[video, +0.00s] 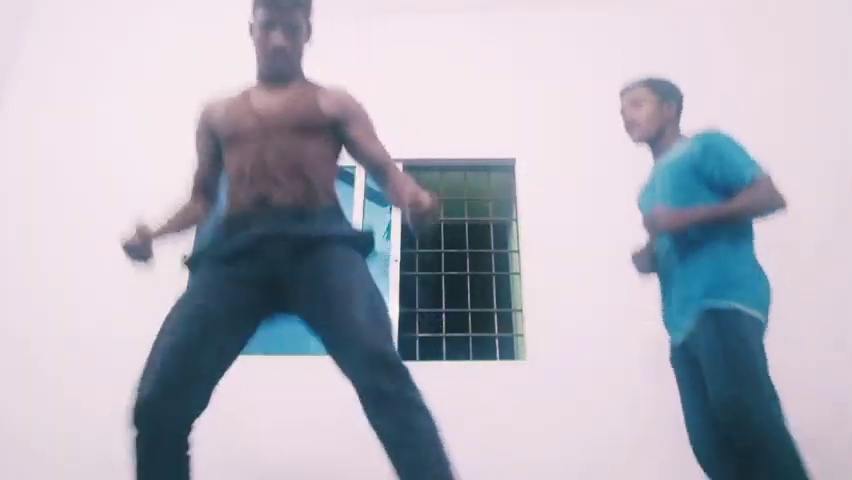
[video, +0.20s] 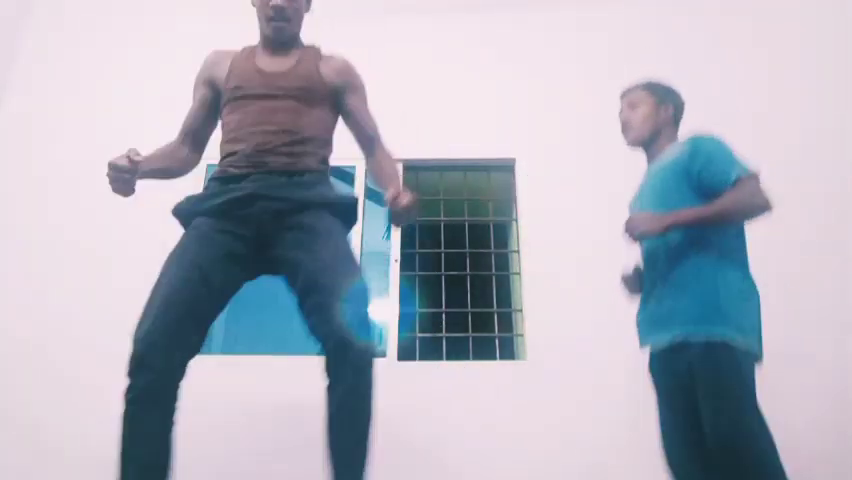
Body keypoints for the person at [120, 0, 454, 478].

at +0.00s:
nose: (277, 39)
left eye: (289, 28)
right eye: (267, 27)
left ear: (307, 33)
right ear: (251, 33)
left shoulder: (334, 104)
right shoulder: (218, 115)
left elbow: (384, 168)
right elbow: (202, 201)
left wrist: (414, 197)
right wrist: (154, 234)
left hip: (321, 254)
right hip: (234, 258)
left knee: (378, 367)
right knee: (158, 404)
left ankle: (432, 475)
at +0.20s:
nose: (277, 4)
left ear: (307, 7)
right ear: (254, 5)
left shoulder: (333, 70)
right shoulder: (221, 65)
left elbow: (374, 148)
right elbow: (187, 149)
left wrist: (394, 189)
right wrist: (140, 165)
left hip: (307, 216)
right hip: (226, 215)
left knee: (352, 340)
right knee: (153, 352)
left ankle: (349, 475)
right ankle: (142, 476)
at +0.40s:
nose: (282, 47)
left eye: (295, 39)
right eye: (273, 35)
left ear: (308, 49)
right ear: (256, 41)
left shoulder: (327, 137)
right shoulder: (213, 115)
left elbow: (352, 212)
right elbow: (175, 192)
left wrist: (365, 241)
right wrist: (149, 203)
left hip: (286, 294)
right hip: (207, 286)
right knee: (120, 419)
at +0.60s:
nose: (301, 42)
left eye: (312, 35)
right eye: (292, 29)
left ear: (321, 45)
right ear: (271, 29)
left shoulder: (333, 122)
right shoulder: (226, 95)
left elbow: (342, 198)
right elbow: (193, 165)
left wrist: (355, 213)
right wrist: (256, 139)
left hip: (303, 271)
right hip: (226, 263)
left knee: (337, 376)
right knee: (157, 389)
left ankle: (327, 476)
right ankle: (115, 477)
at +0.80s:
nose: (337, 67)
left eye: (340, 58)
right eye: (330, 54)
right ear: (293, 53)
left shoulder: (341, 139)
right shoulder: (240, 109)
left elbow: (358, 228)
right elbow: (231, 154)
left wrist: (377, 209)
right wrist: (307, 110)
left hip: (324, 296)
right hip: (251, 290)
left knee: (366, 427)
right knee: (194, 415)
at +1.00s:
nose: (336, 76)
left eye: (338, 69)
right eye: (329, 65)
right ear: (291, 64)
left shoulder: (333, 150)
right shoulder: (233, 120)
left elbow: (349, 235)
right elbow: (225, 174)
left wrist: (353, 196)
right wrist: (294, 122)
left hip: (309, 302)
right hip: (236, 295)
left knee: (358, 446)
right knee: (164, 394)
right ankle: (139, 477)